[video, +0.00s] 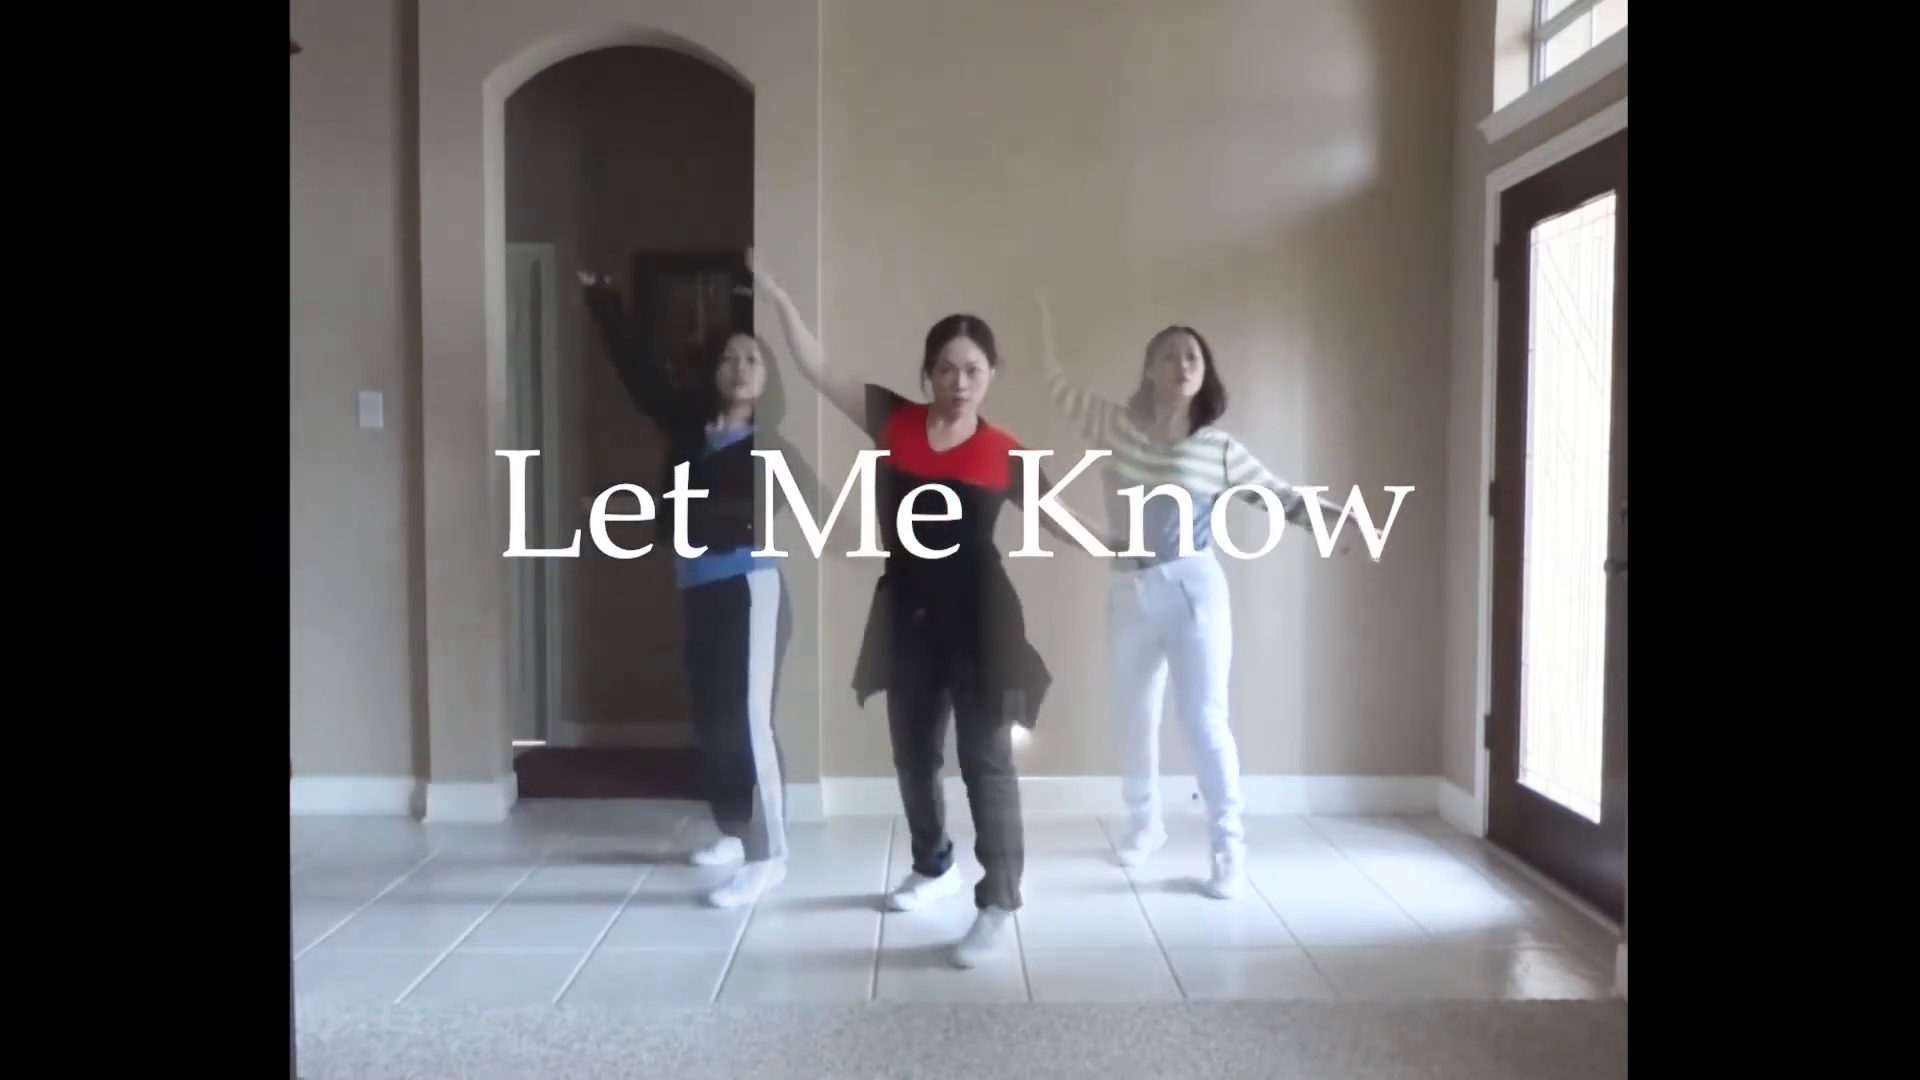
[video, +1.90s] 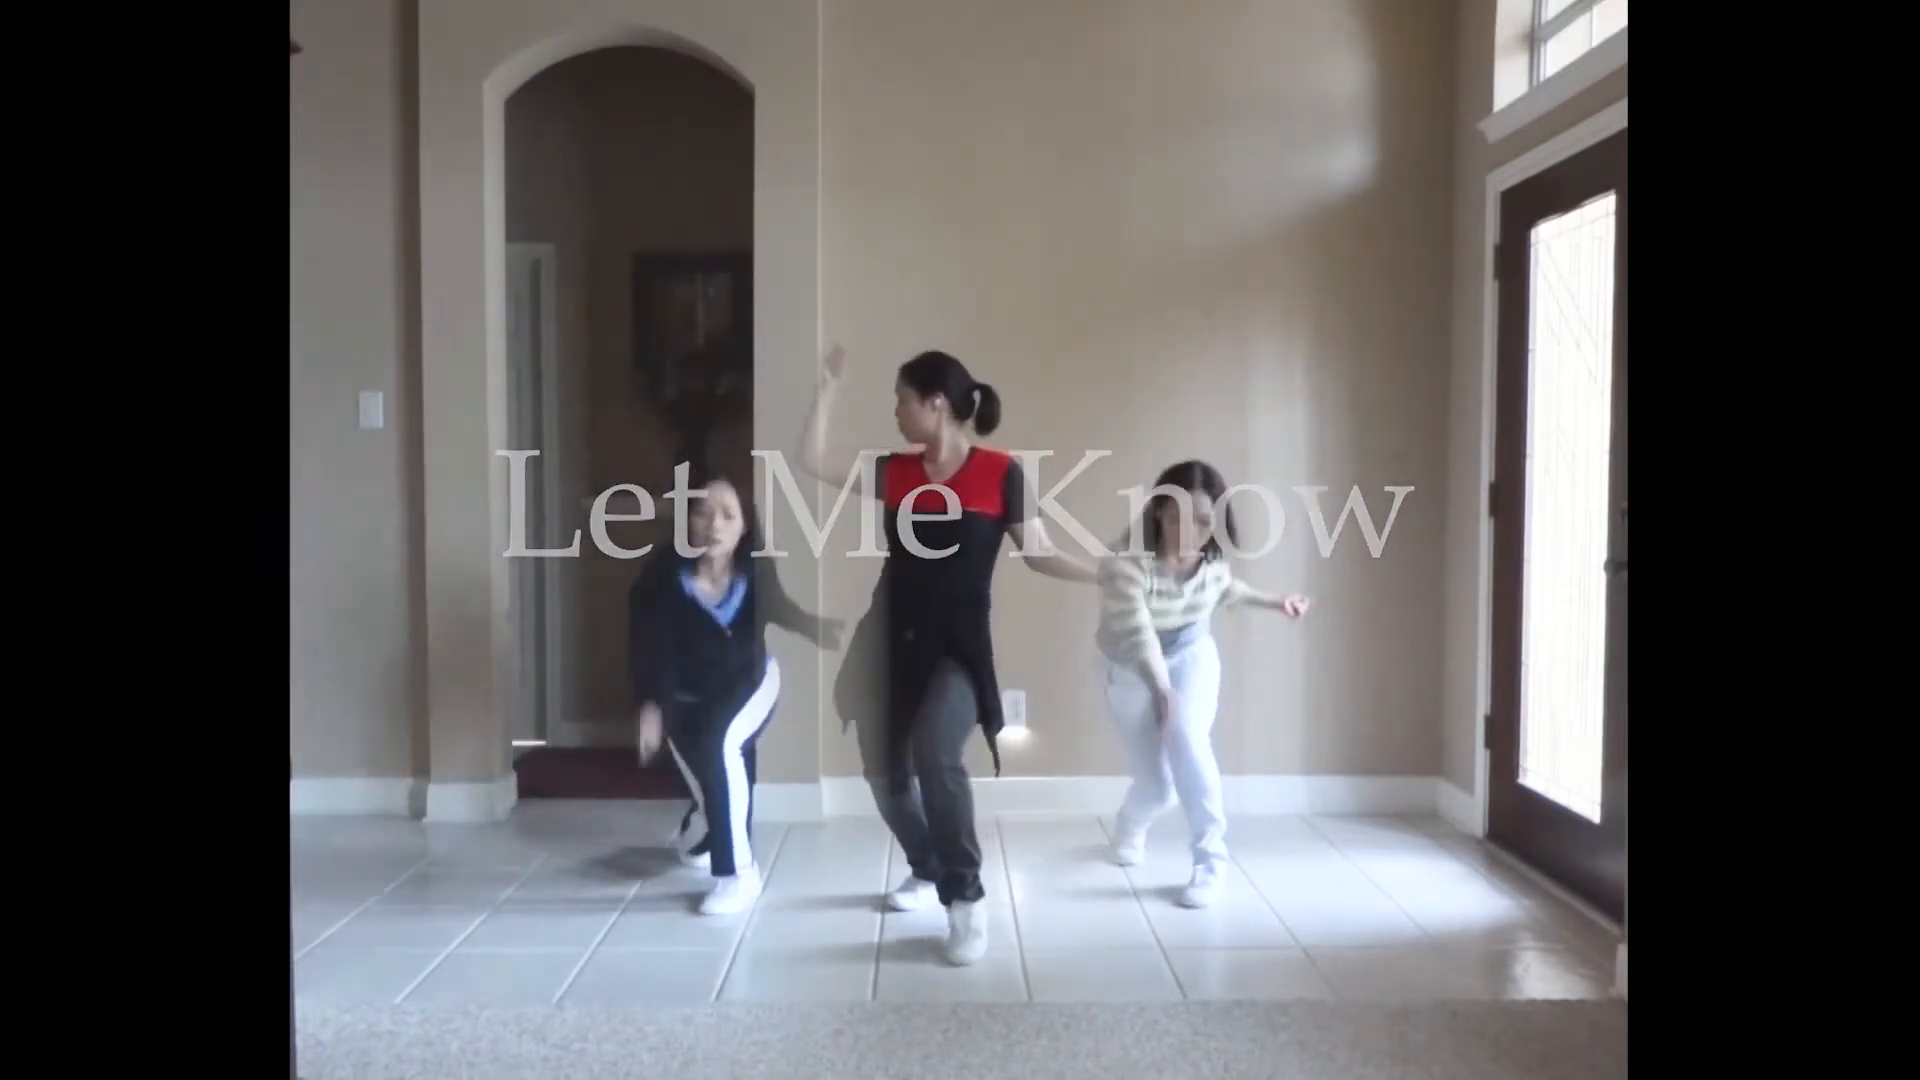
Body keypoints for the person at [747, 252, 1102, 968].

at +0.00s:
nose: (957, 380)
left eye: (970, 369)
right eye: (946, 369)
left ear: (991, 376)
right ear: (927, 373)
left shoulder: (1003, 452)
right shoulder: (894, 421)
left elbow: (1058, 518)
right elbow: (815, 368)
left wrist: (1117, 544)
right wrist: (778, 300)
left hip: (980, 616)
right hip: (907, 614)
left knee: (984, 758)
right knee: (913, 755)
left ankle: (999, 901)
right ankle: (933, 866)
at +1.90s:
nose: (897, 411)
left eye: (905, 401)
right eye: (896, 401)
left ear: (940, 403)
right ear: (927, 405)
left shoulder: (1000, 472)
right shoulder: (894, 471)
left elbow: (1039, 553)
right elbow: (814, 461)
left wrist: (1101, 572)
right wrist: (825, 388)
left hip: (960, 644)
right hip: (895, 641)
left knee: (934, 753)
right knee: (886, 778)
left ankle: (963, 897)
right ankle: (929, 870)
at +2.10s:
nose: (904, 412)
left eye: (916, 401)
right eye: (902, 401)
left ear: (955, 407)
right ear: (904, 408)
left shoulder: (998, 477)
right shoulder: (891, 473)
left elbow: (1032, 558)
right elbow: (849, 480)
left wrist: (1098, 589)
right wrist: (850, 460)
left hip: (958, 640)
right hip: (892, 636)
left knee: (934, 741)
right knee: (882, 771)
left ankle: (961, 888)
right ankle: (928, 872)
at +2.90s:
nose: (959, 439)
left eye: (974, 429)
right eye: (946, 429)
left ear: (995, 446)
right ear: (928, 446)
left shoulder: (1011, 511)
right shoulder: (907, 522)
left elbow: (1031, 586)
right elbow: (917, 624)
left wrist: (1104, 581)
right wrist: (911, 529)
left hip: (988, 677)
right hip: (922, 682)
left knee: (983, 793)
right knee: (931, 829)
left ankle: (987, 925)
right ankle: (899, 864)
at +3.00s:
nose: (968, 494)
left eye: (981, 483)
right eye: (955, 483)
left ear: (1003, 497)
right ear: (937, 500)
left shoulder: (1014, 553)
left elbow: (1021, 613)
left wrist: (1101, 596)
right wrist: (951, 777)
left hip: (991, 708)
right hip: (925, 715)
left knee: (982, 798)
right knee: (943, 865)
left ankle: (985, 928)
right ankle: (901, 861)